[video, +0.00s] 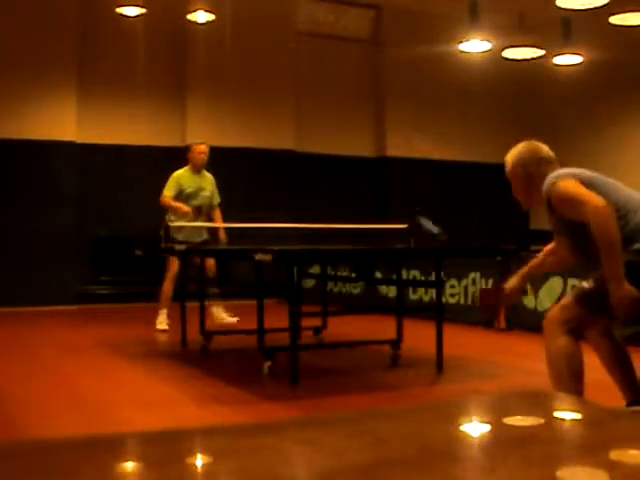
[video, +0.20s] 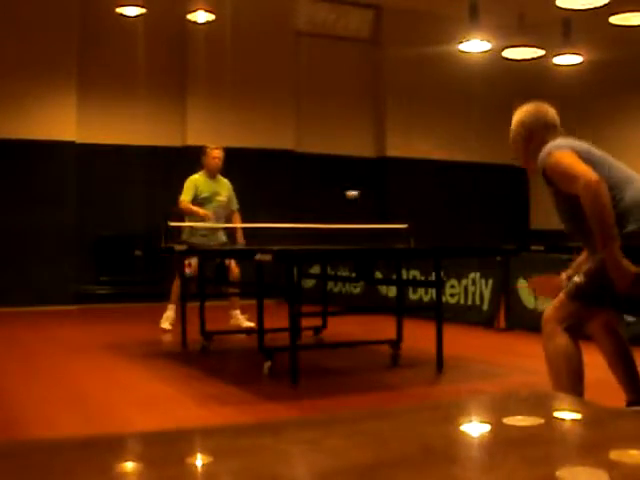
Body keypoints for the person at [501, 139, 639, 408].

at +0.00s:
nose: (513, 190)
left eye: (513, 181)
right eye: (511, 182)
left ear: (527, 176)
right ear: (545, 166)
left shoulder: (557, 185)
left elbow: (599, 210)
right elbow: (565, 249)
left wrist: (617, 282)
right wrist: (520, 279)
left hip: (635, 260)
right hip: (634, 259)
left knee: (557, 321)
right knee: (595, 326)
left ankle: (569, 417)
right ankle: (635, 401)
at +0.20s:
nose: (513, 148)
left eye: (514, 139)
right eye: (512, 140)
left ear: (528, 136)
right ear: (551, 130)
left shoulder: (552, 154)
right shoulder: (571, 148)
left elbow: (592, 184)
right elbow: (604, 228)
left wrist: (613, 258)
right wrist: (576, 270)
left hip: (630, 240)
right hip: (635, 239)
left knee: (554, 321)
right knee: (600, 321)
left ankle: (569, 418)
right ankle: (635, 400)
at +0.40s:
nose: (516, 101)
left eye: (517, 92)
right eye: (516, 92)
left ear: (526, 93)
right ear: (560, 89)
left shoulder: (546, 115)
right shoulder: (576, 117)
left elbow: (568, 157)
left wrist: (580, 231)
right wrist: (547, 238)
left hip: (616, 227)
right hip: (635, 225)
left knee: (548, 315)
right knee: (603, 316)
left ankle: (565, 410)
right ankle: (633, 397)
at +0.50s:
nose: (516, 81)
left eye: (518, 73)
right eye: (516, 73)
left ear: (525, 75)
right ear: (562, 76)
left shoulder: (541, 101)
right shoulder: (581, 107)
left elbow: (547, 144)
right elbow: (602, 177)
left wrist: (532, 214)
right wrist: (559, 216)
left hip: (604, 219)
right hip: (631, 214)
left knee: (543, 314)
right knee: (602, 311)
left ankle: (561, 414)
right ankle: (632, 401)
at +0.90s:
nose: (533, 51)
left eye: (535, 45)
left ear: (539, 47)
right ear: (579, 51)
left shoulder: (541, 74)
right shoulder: (601, 90)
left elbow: (541, 106)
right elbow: (612, 155)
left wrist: (526, 177)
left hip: (562, 211)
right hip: (614, 213)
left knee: (498, 311)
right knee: (616, 327)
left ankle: (512, 407)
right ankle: (635, 414)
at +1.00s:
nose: (526, 59)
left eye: (528, 54)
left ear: (531, 57)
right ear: (572, 60)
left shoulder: (527, 83)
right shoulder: (592, 98)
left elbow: (530, 116)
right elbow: (603, 160)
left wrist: (520, 191)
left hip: (551, 209)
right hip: (604, 211)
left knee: (482, 310)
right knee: (611, 331)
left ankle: (471, 410)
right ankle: (634, 417)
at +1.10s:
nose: (500, 72)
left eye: (502, 66)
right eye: (500, 66)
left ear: (510, 69)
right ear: (544, 70)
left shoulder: (508, 95)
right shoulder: (569, 107)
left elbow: (509, 129)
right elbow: (564, 165)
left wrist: (498, 196)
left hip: (535, 216)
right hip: (589, 217)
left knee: (458, 310)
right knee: (608, 327)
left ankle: (436, 403)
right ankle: (634, 418)